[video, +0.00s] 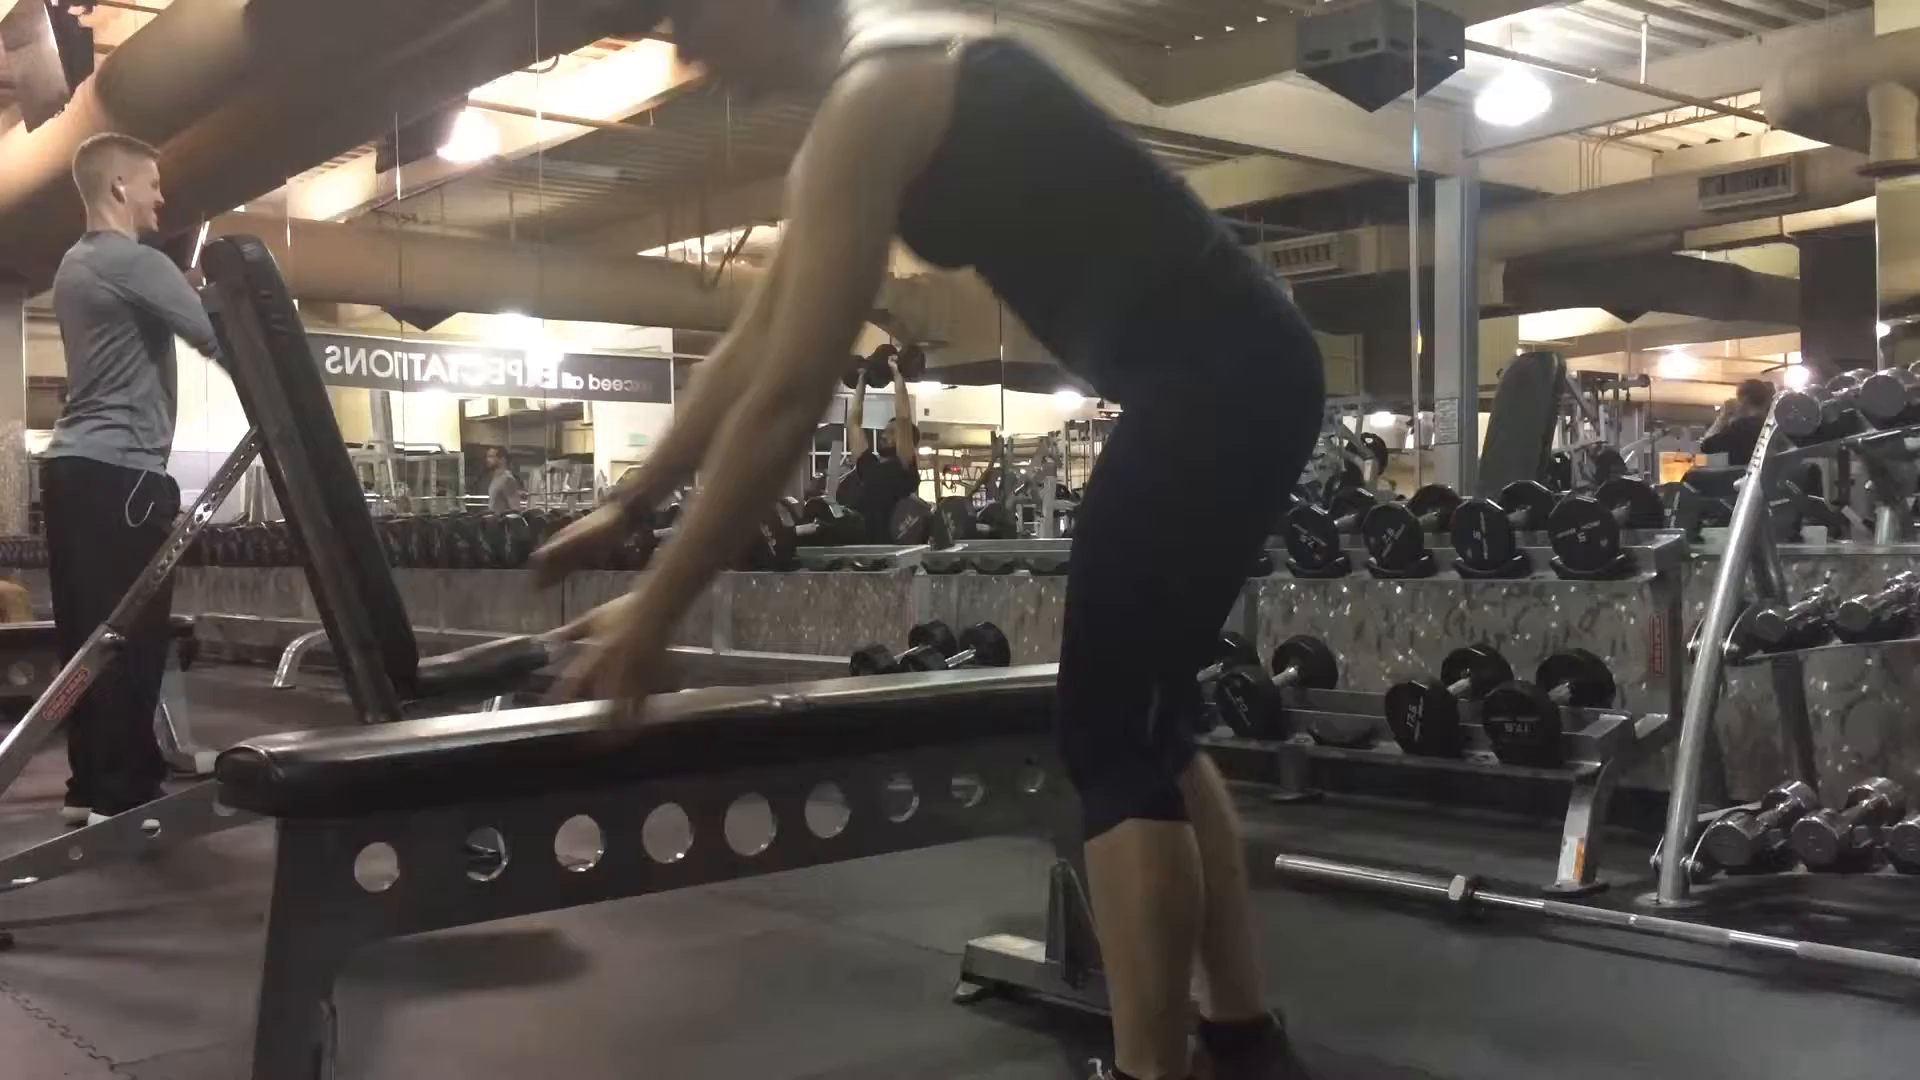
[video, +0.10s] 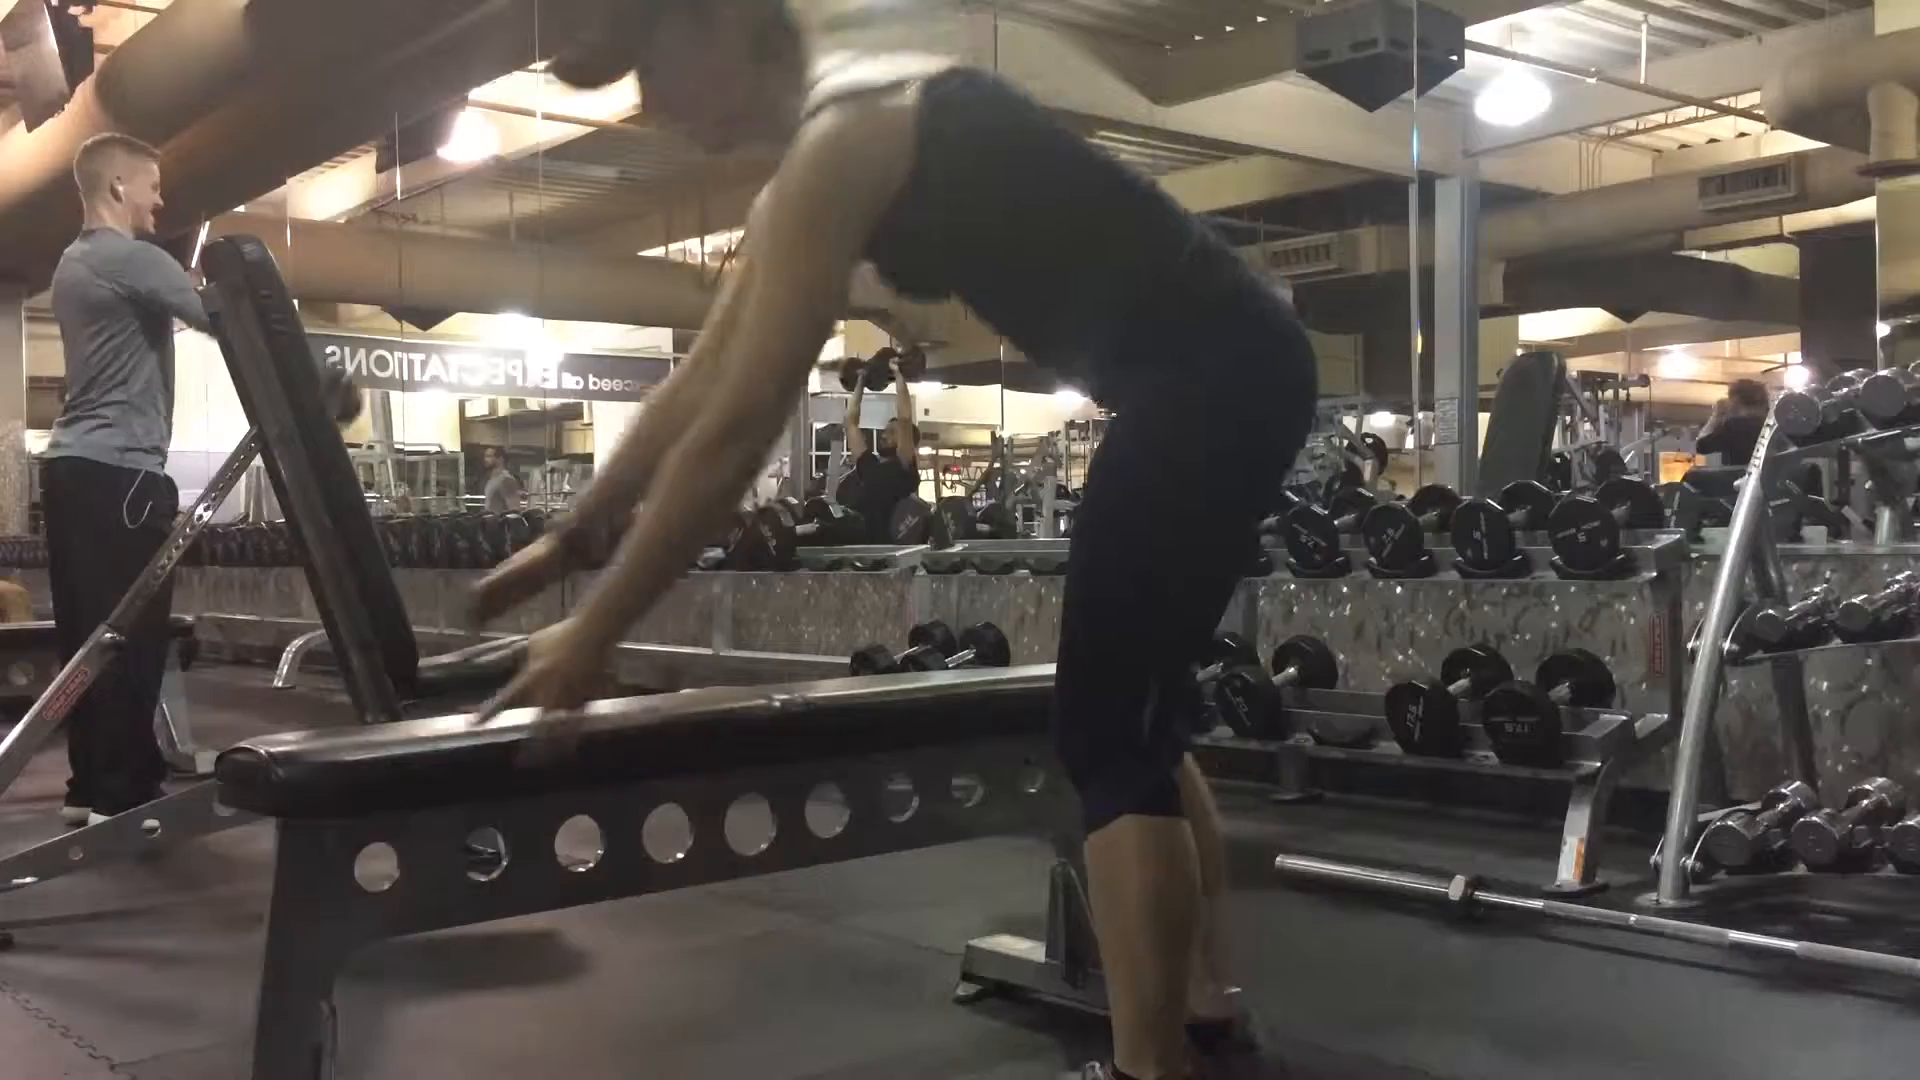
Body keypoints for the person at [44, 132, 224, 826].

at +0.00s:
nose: (160, 198)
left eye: (158, 186)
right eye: (152, 185)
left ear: (103, 193)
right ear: (119, 188)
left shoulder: (76, 264)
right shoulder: (134, 259)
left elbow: (150, 333)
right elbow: (220, 339)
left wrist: (187, 279)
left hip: (71, 468)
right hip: (123, 473)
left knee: (86, 634)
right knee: (133, 634)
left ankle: (91, 786)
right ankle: (127, 794)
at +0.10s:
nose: (158, 200)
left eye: (157, 188)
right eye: (151, 187)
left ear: (102, 192)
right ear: (117, 188)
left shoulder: (74, 264)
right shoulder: (131, 256)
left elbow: (146, 323)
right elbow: (220, 317)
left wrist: (186, 273)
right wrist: (226, 275)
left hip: (73, 468)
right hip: (120, 473)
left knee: (88, 635)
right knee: (132, 635)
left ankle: (92, 787)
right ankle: (126, 794)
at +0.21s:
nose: (160, 207)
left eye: (161, 193)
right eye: (154, 192)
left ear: (100, 194)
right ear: (116, 189)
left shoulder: (74, 262)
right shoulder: (129, 252)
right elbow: (232, 293)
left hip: (71, 469)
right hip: (121, 474)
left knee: (86, 634)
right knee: (133, 636)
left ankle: (90, 786)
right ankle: (127, 793)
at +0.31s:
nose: (165, 212)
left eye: (165, 200)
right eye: (159, 199)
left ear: (107, 199)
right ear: (121, 194)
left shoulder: (77, 259)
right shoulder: (126, 251)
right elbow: (232, 263)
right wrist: (331, 278)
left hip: (73, 470)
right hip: (120, 472)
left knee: (89, 635)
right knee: (134, 636)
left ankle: (92, 787)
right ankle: (127, 794)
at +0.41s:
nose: (169, 211)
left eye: (169, 200)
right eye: (162, 198)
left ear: (109, 199)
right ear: (125, 194)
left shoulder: (77, 261)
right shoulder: (128, 246)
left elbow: (151, 317)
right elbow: (236, 247)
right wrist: (333, 238)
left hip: (71, 468)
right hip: (121, 470)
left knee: (85, 633)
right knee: (134, 631)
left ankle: (90, 787)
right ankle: (127, 793)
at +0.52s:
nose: (166, 209)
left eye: (166, 199)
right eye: (159, 197)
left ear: (107, 198)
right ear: (122, 193)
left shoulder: (76, 262)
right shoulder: (125, 247)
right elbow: (231, 248)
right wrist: (327, 235)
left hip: (74, 469)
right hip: (123, 470)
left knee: (86, 635)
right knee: (136, 632)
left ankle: (90, 786)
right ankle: (128, 793)